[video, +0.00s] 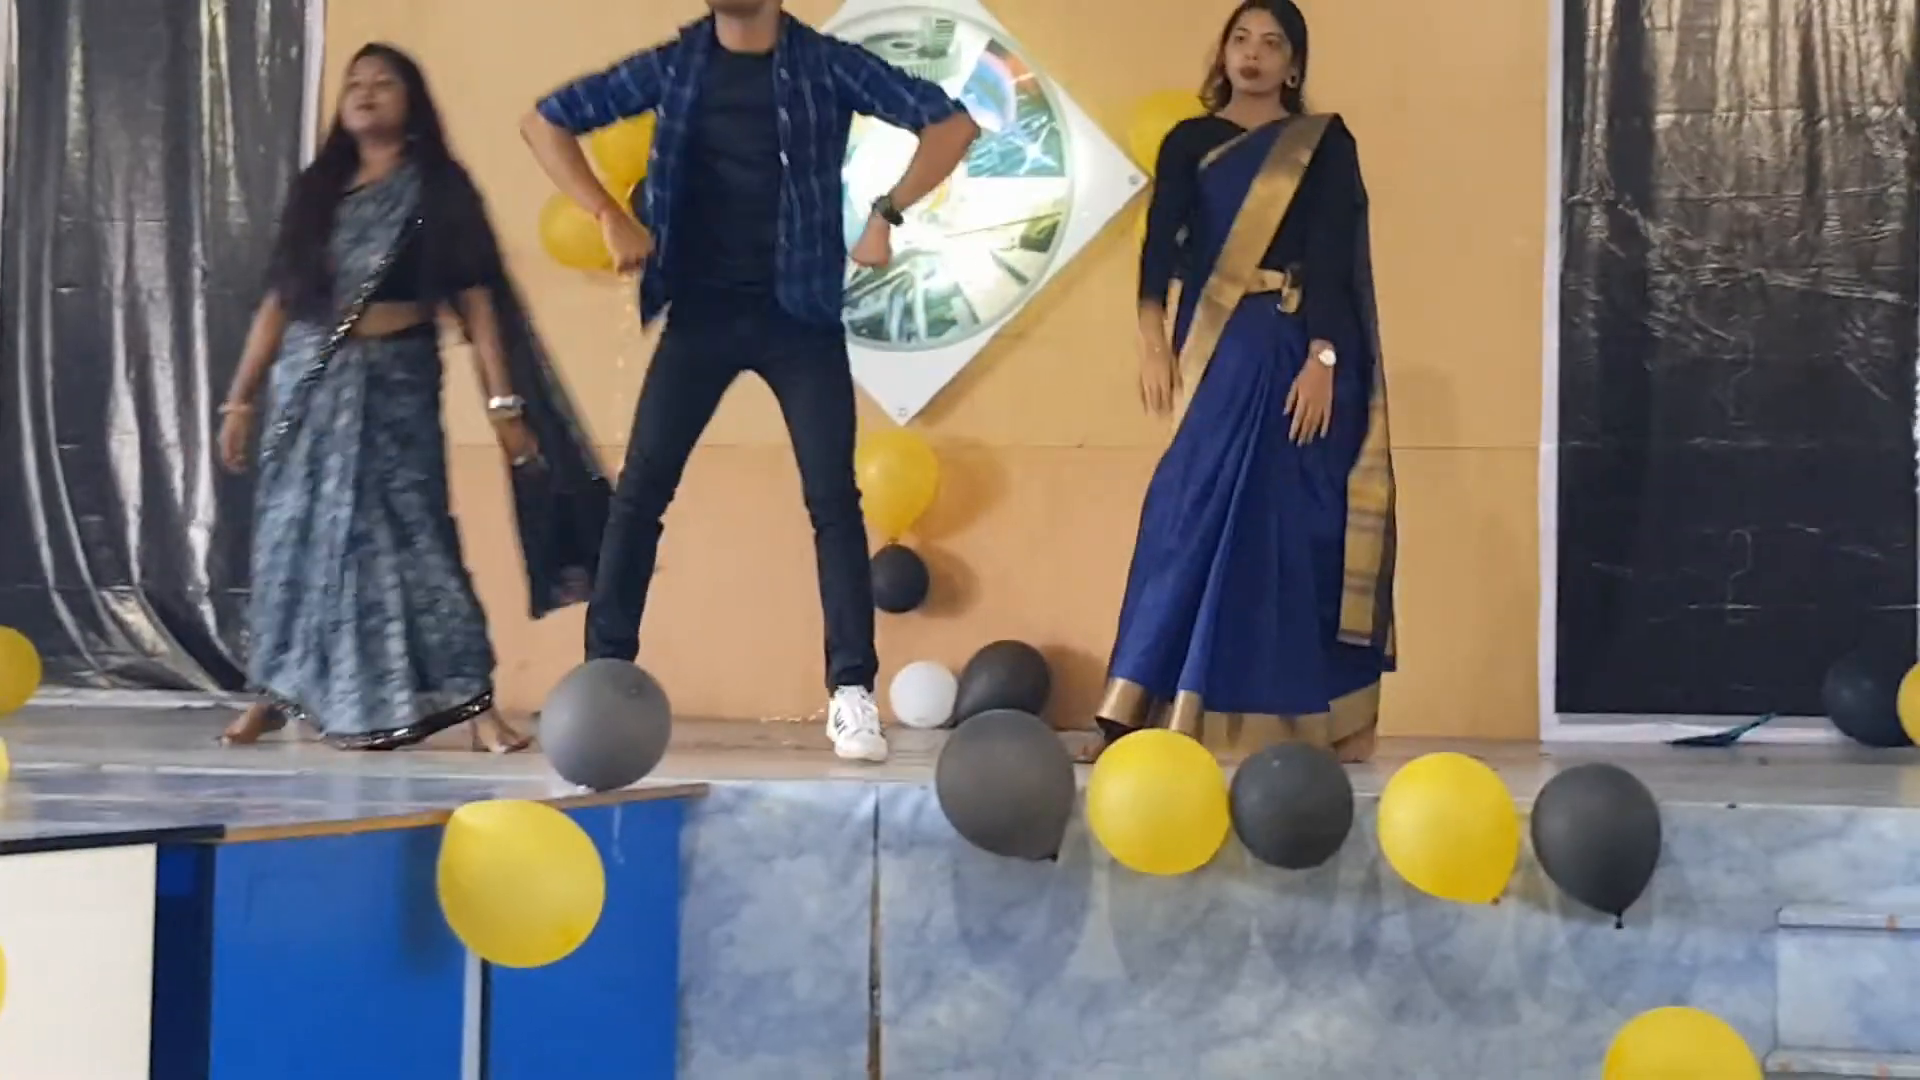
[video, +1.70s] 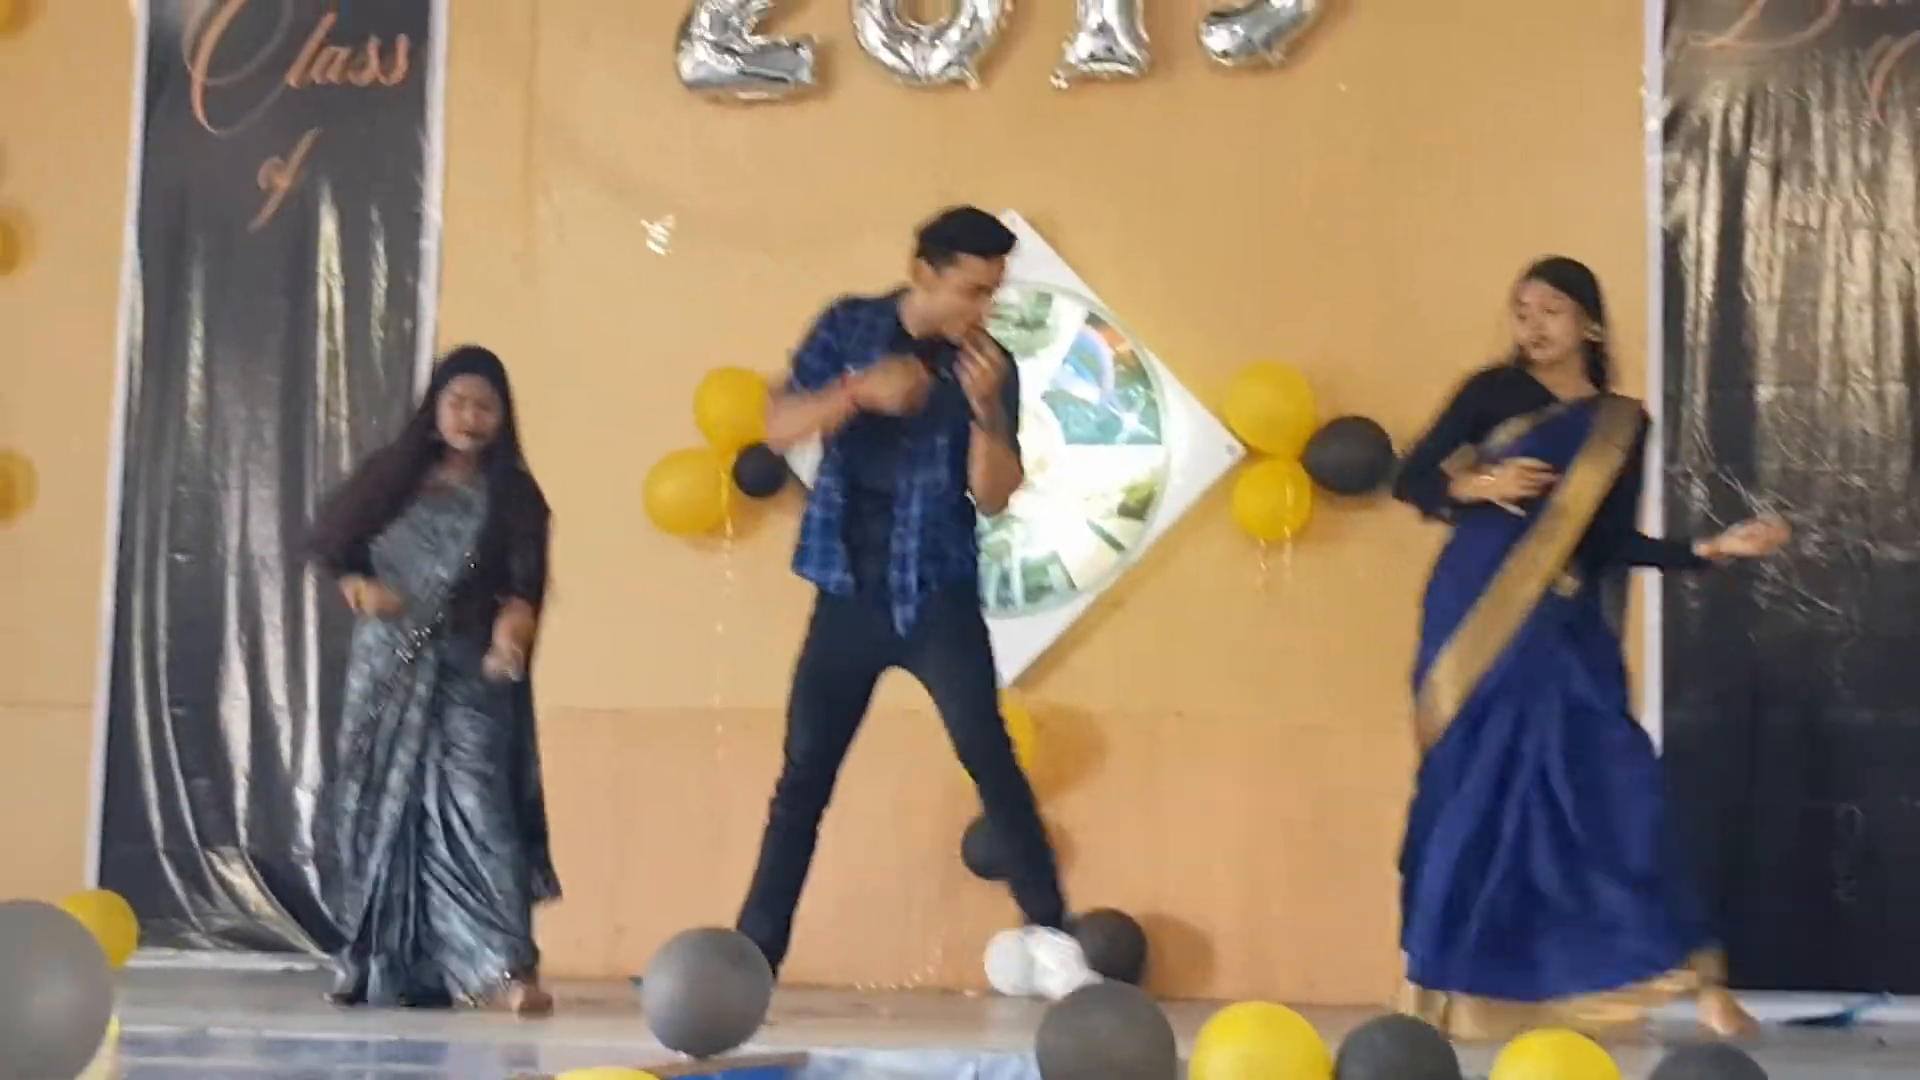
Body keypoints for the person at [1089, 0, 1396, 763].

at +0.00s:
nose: (1253, 51)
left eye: (1271, 42)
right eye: (1242, 38)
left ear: (1294, 61)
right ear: (1221, 51)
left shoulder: (1323, 136)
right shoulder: (1189, 139)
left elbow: (1337, 253)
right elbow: (1160, 240)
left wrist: (1322, 356)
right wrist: (1152, 336)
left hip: (1301, 351)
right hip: (1218, 347)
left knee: (1297, 525)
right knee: (1190, 511)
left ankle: (1310, 712)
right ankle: (1130, 698)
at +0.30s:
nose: (1304, 58)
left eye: (1320, 46)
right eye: (1292, 45)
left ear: (1348, 61)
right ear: (1273, 56)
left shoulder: (1381, 144)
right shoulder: (1240, 143)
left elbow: (1405, 263)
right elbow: (1225, 257)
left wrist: (1421, 372)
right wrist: (1228, 350)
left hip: (1358, 366)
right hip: (1270, 365)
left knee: (1346, 534)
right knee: (1265, 534)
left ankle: (1327, 728)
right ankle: (1256, 726)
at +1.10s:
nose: (1346, 168)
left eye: (1362, 157)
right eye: (1334, 154)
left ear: (1386, 171)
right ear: (1312, 163)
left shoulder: (1416, 247)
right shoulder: (1278, 248)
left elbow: (1434, 366)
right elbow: (1252, 352)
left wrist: (1430, 473)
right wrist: (1266, 436)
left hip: (1393, 474)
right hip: (1309, 473)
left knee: (1393, 650)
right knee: (1305, 650)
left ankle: (1398, 842)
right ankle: (1292, 845)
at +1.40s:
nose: (1384, 263)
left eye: (1400, 251)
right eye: (1371, 248)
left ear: (1422, 265)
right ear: (1346, 257)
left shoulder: (1450, 346)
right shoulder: (1309, 337)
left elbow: (1470, 463)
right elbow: (1282, 450)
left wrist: (1490, 568)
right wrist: (1275, 554)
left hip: (1424, 569)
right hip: (1334, 568)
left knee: (1419, 746)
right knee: (1333, 745)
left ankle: (1412, 952)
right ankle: (1318, 955)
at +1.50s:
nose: (1427, 315)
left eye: (1444, 302)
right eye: (1415, 299)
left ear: (1470, 318)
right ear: (1397, 308)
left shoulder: (1491, 412)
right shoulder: (1357, 379)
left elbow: (1504, 539)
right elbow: (1308, 476)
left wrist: (1561, 597)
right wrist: (1320, 549)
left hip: (1471, 610)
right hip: (1379, 607)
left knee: (1485, 779)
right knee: (1372, 779)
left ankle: (1452, 961)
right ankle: (1364, 967)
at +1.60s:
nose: (1477, 319)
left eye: (1495, 306)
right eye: (1466, 306)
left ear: (1530, 318)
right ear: (1453, 317)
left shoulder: (1554, 418)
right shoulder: (1425, 380)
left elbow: (1551, 542)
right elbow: (1346, 469)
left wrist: (1638, 563)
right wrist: (1388, 508)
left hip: (1519, 613)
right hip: (1426, 606)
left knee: (1569, 778)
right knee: (1424, 782)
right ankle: (1397, 986)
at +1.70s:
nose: (1532, 325)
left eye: (1549, 311)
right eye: (1522, 312)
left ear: (1587, 322)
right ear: (1512, 321)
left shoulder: (1619, 421)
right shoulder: (1488, 390)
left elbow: (1606, 543)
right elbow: (1412, 481)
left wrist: (1707, 550)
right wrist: (1477, 482)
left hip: (1562, 613)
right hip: (1470, 604)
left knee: (1618, 772)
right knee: (1469, 783)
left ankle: (1697, 978)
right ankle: (1447, 992)